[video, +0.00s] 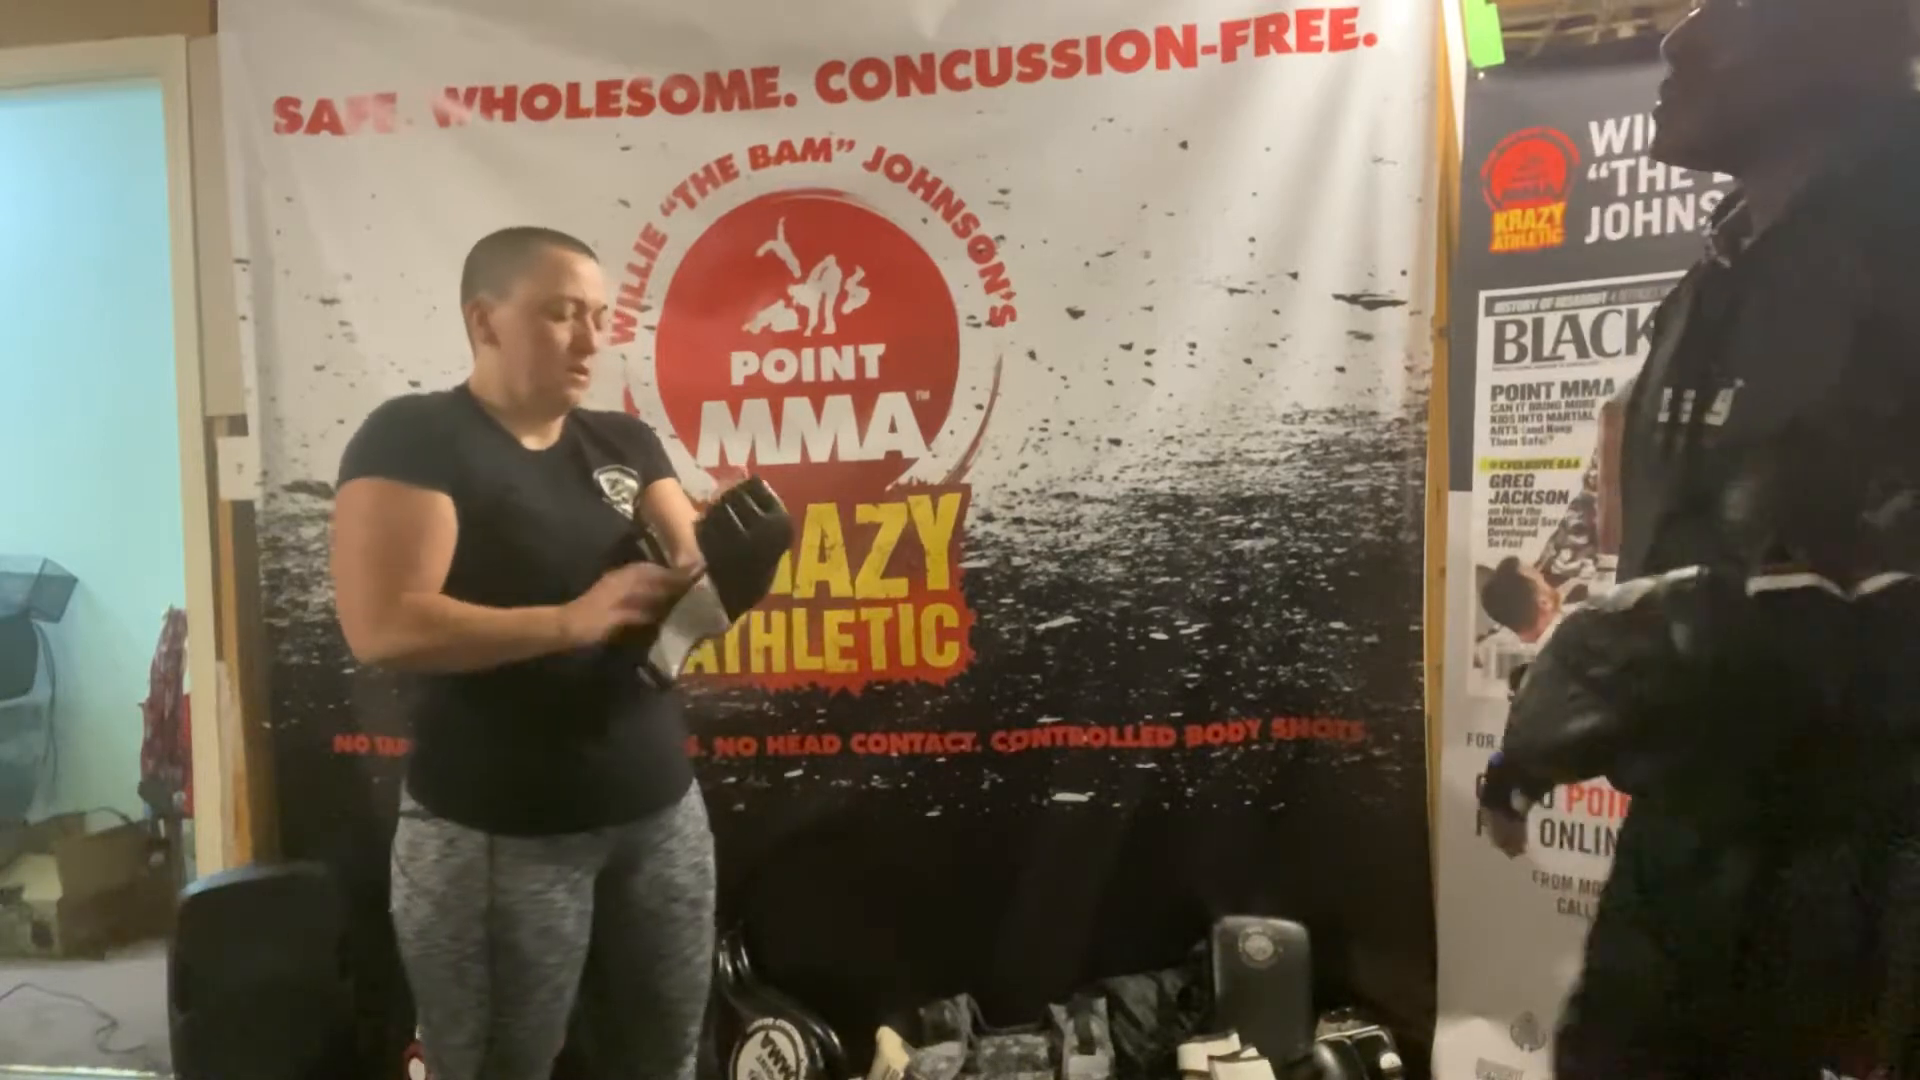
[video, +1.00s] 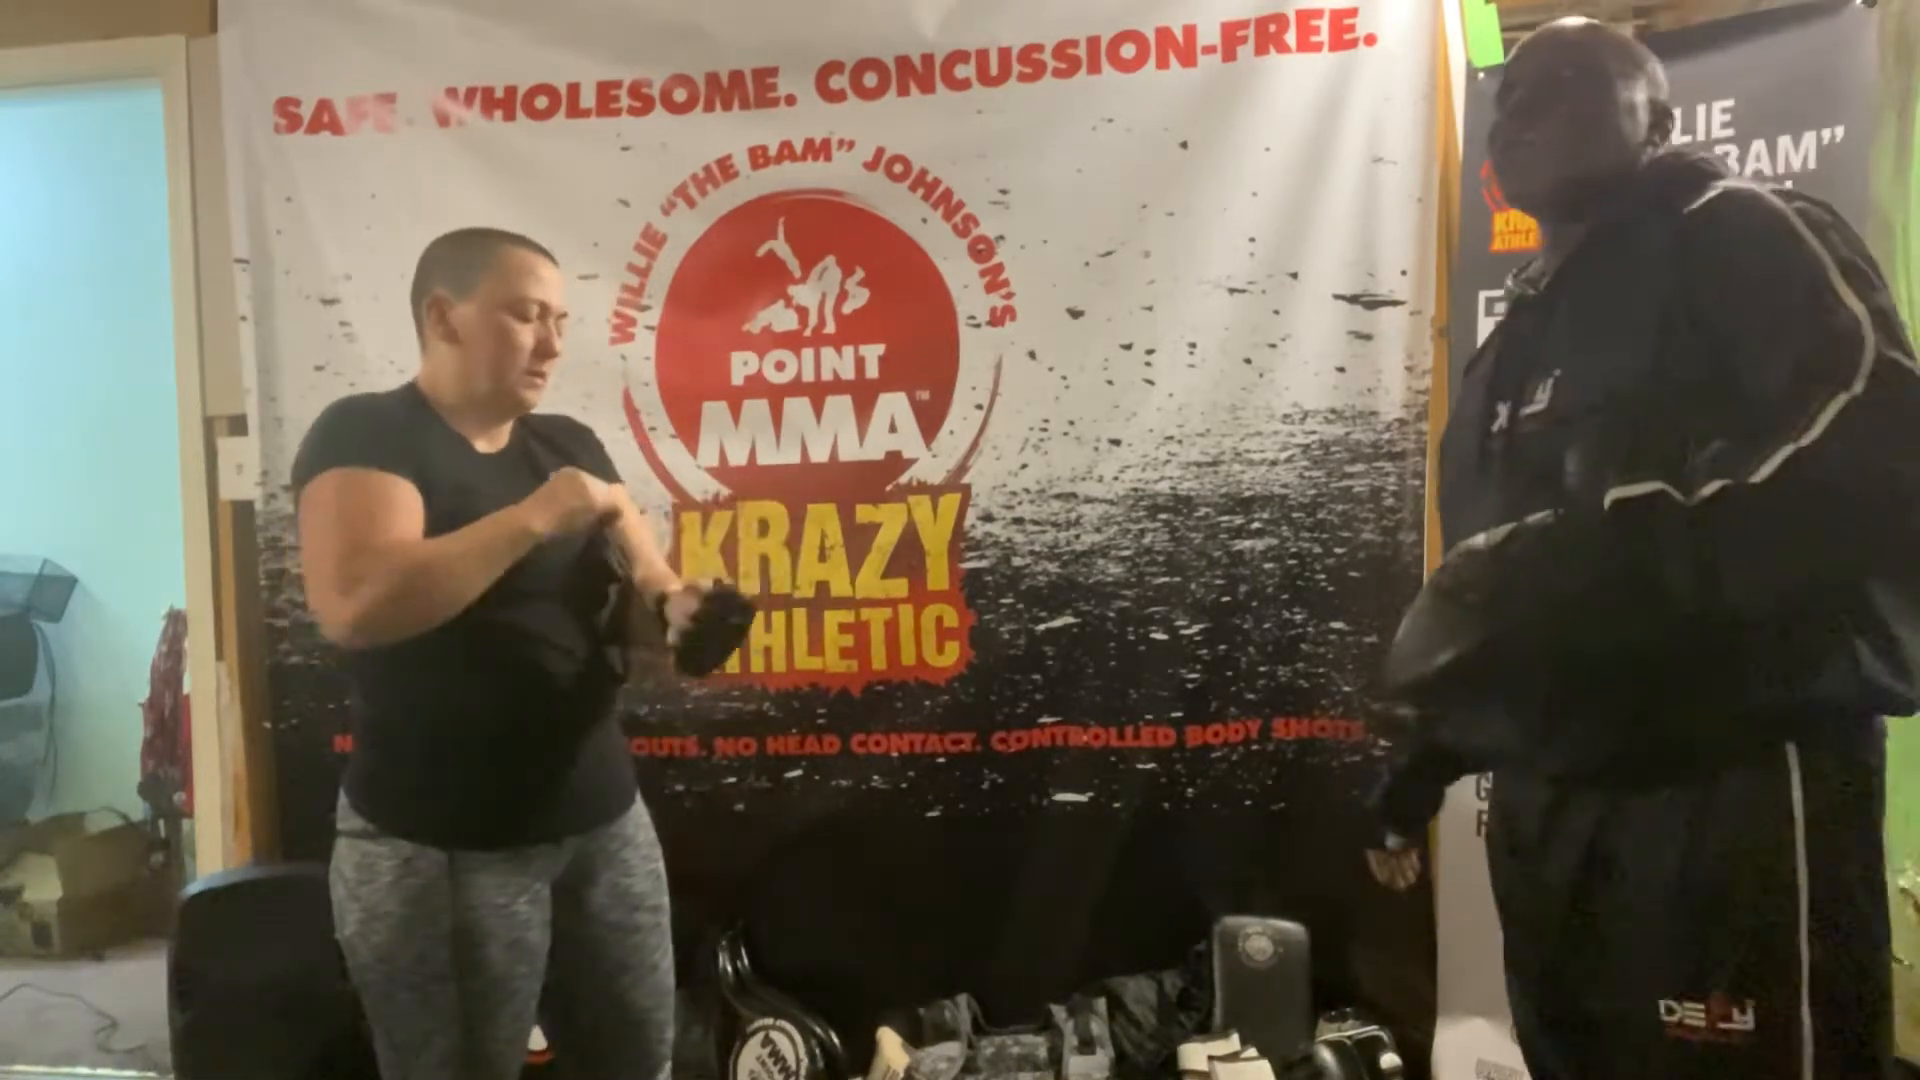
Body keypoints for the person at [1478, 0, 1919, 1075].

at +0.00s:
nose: (1667, 38)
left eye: (1713, 12)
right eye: (1683, 15)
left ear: (1815, 36)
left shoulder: (1893, 217)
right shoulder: (1710, 282)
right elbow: (1667, 568)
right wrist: (1544, 725)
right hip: (1702, 825)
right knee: (1616, 1053)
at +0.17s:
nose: (1661, 36)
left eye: (1708, 11)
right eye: (1675, 14)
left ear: (1817, 36)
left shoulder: (1893, 221)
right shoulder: (1679, 292)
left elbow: (1898, 601)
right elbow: (1621, 546)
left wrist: (1608, 609)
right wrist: (1578, 750)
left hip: (1851, 850)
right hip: (1674, 847)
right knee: (1609, 1059)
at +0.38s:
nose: (1608, 57)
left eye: (1654, 34)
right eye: (1617, 38)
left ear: (1765, 65)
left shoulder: (1846, 229)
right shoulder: (1639, 285)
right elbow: (1584, 548)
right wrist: (1533, 766)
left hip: (1794, 808)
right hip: (1635, 811)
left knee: (1799, 1053)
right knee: (1617, 1053)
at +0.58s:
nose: (1523, 121)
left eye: (1554, 93)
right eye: (1529, 99)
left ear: (1657, 108)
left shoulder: (1787, 235)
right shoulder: (1560, 329)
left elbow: (1882, 501)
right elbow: (1526, 583)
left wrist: (1552, 612)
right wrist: (1451, 767)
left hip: (1777, 806)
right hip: (1601, 813)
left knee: (1798, 1054)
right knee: (1599, 1052)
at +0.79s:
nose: (1504, 133)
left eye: (1536, 98)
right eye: (1506, 111)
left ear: (1640, 112)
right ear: (1512, 160)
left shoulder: (1756, 230)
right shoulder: (1524, 337)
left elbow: (1883, 447)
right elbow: (1495, 590)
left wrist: (1579, 589)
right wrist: (1412, 763)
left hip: (1761, 767)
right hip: (1582, 781)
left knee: (1758, 1049)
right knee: (1593, 1047)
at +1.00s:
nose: (1500, 122)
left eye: (1537, 93)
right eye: (1496, 104)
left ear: (1640, 112)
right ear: (1497, 149)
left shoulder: (1738, 227)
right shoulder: (1508, 334)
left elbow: (1886, 450)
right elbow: (1488, 591)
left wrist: (1591, 569)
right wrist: (1412, 772)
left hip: (1745, 778)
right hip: (1557, 792)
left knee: (1764, 1057)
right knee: (1577, 1052)